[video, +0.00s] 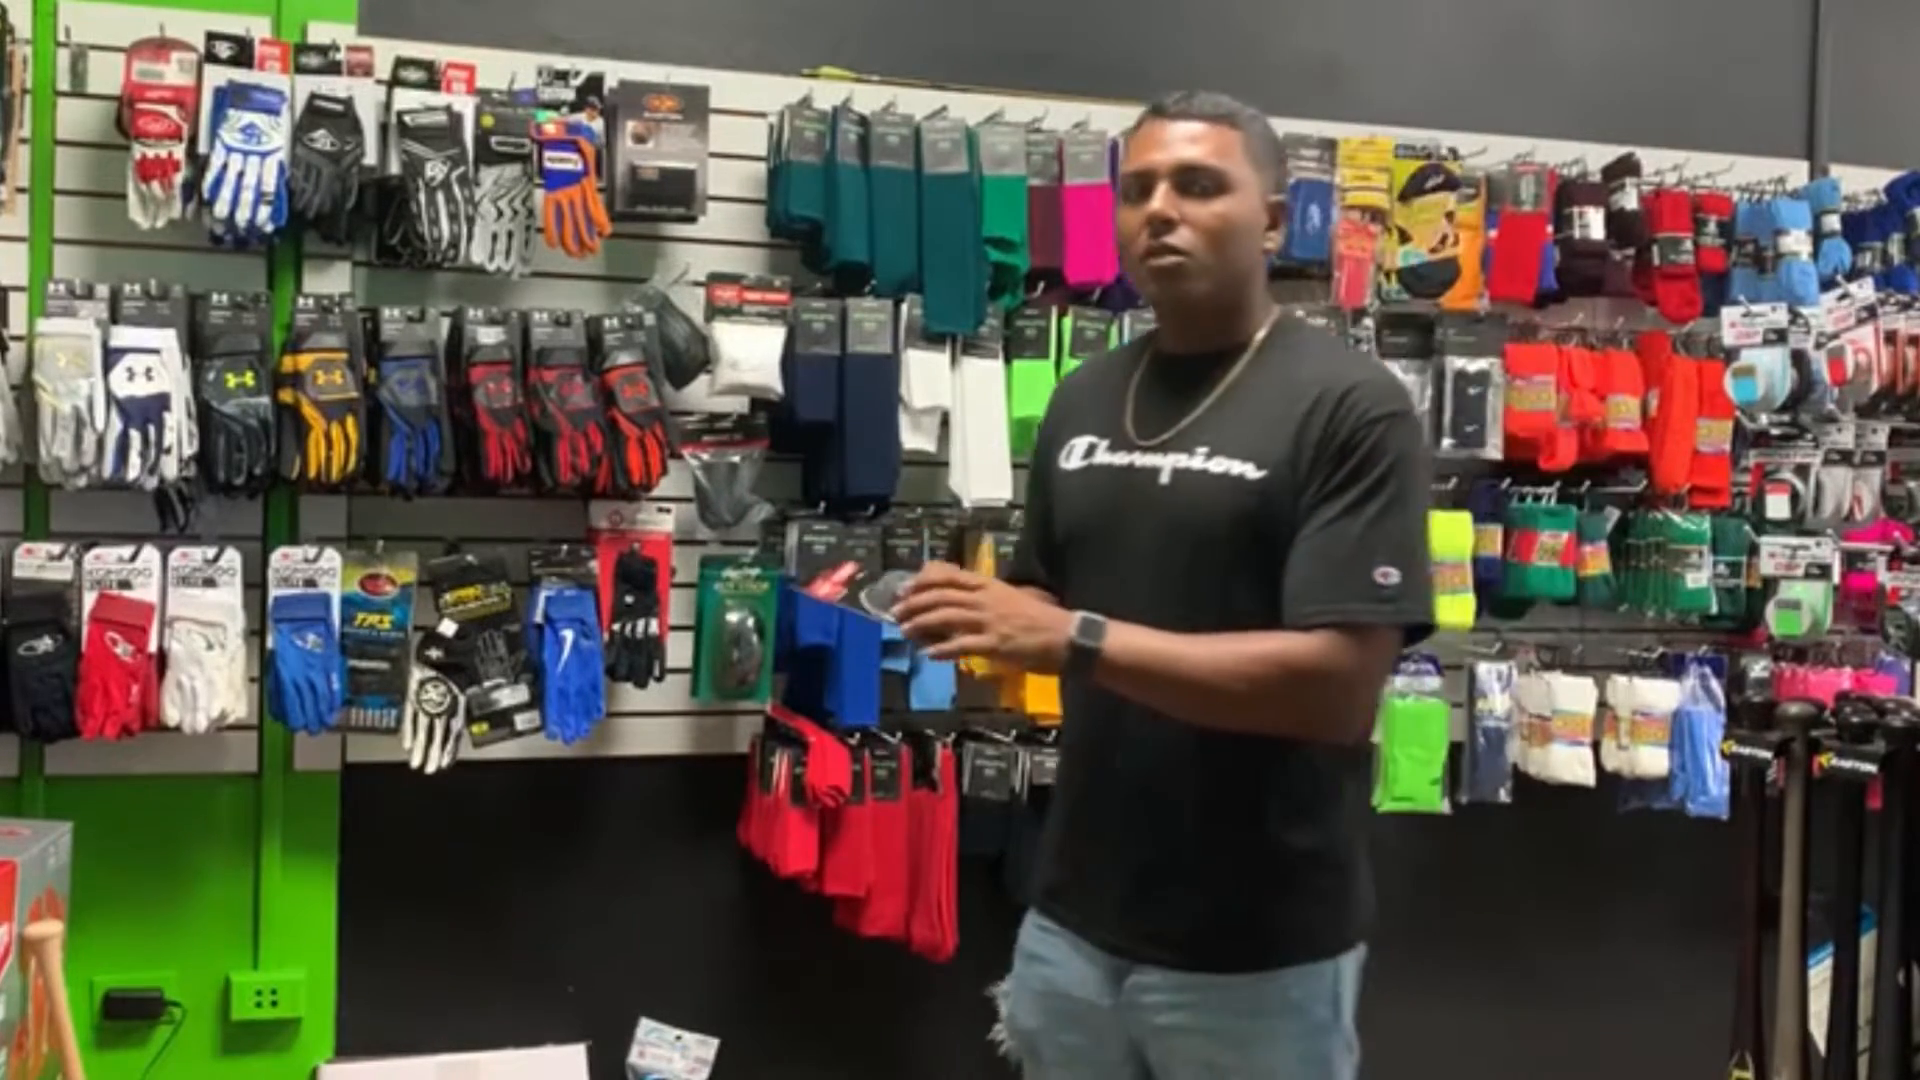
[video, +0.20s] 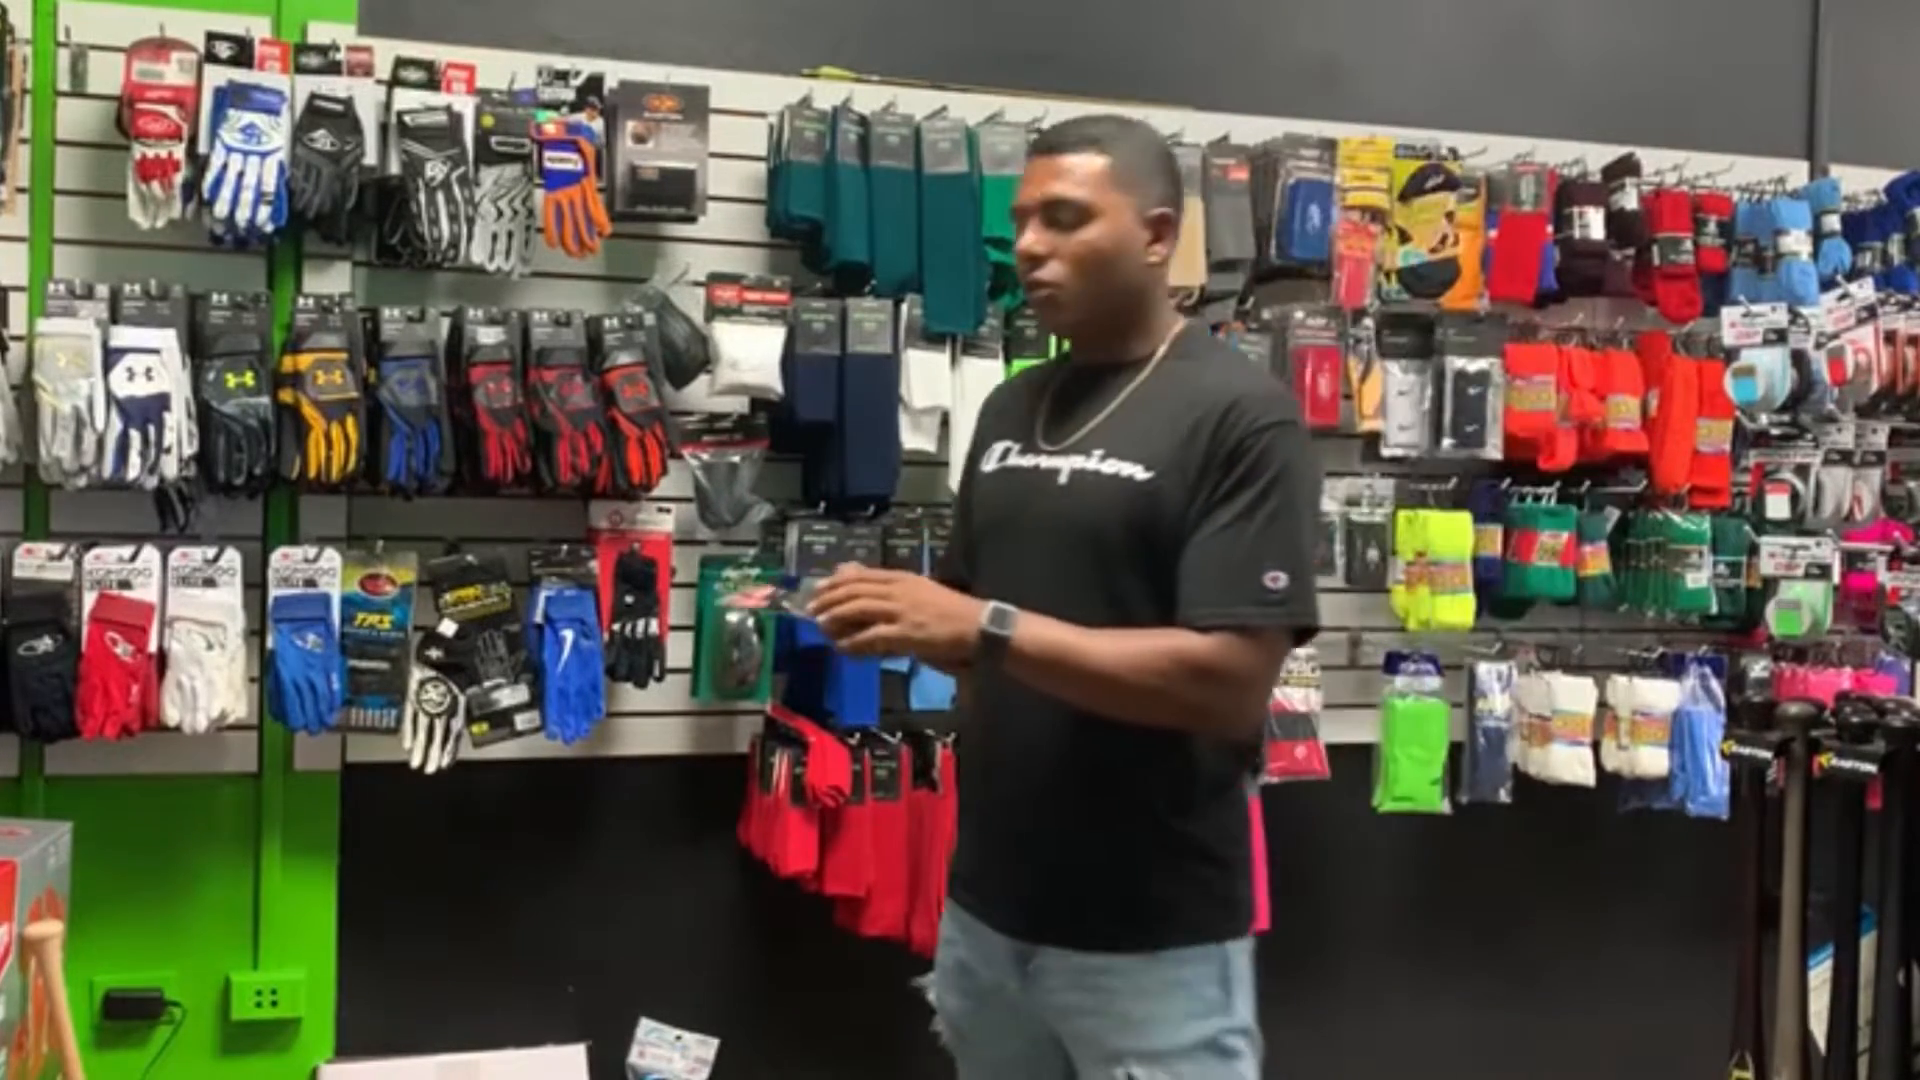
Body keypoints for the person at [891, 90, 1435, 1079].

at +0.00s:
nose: (1160, 209)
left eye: (1198, 184)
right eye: (1138, 188)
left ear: (1273, 214)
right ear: (1117, 219)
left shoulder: (1352, 405)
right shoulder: (1084, 398)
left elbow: (1342, 683)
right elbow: (1052, 615)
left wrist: (1070, 635)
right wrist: (977, 615)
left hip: (1258, 945)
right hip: (1076, 917)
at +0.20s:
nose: (1027, 246)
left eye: (1063, 218)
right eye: (1023, 221)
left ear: (1159, 232)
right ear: (1015, 233)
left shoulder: (1242, 413)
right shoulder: (1010, 410)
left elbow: (1233, 687)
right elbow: (978, 624)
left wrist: (977, 626)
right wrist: (884, 613)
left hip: (1157, 941)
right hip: (988, 913)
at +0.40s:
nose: (933, 286)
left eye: (958, 256)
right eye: (929, 261)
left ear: (1051, 246)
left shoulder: (1156, 414)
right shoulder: (971, 407)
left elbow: (1140, 681)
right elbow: (962, 625)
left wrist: (900, 619)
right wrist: (840, 608)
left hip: (1066, 903)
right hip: (946, 881)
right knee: (960, 1064)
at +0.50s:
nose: (896, 292)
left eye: (917, 260)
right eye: (892, 267)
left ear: (1008, 247)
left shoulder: (1107, 412)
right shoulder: (960, 406)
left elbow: (1099, 680)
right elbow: (953, 629)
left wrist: (858, 621)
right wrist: (824, 618)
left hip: (1027, 891)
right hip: (945, 873)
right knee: (943, 1060)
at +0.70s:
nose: (808, 296)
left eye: (826, 263)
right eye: (806, 271)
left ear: (916, 251)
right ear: (913, 256)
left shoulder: (991, 412)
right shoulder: (947, 397)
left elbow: (994, 681)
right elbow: (937, 650)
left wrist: (755, 628)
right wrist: (749, 634)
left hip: (934, 898)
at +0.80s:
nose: (760, 296)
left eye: (775, 263)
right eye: (760, 268)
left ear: (861, 255)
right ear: (861, 258)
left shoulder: (919, 418)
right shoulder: (922, 397)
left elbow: (924, 690)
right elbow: (863, 654)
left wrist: (692, 653)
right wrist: (683, 635)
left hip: (883, 899)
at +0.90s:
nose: (695, 288)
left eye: (711, 259)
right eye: (698, 262)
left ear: (794, 258)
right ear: (797, 259)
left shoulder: (842, 426)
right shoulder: (871, 399)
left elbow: (845, 700)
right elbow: (851, 635)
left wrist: (603, 690)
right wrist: (697, 645)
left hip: (825, 901)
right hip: (906, 883)